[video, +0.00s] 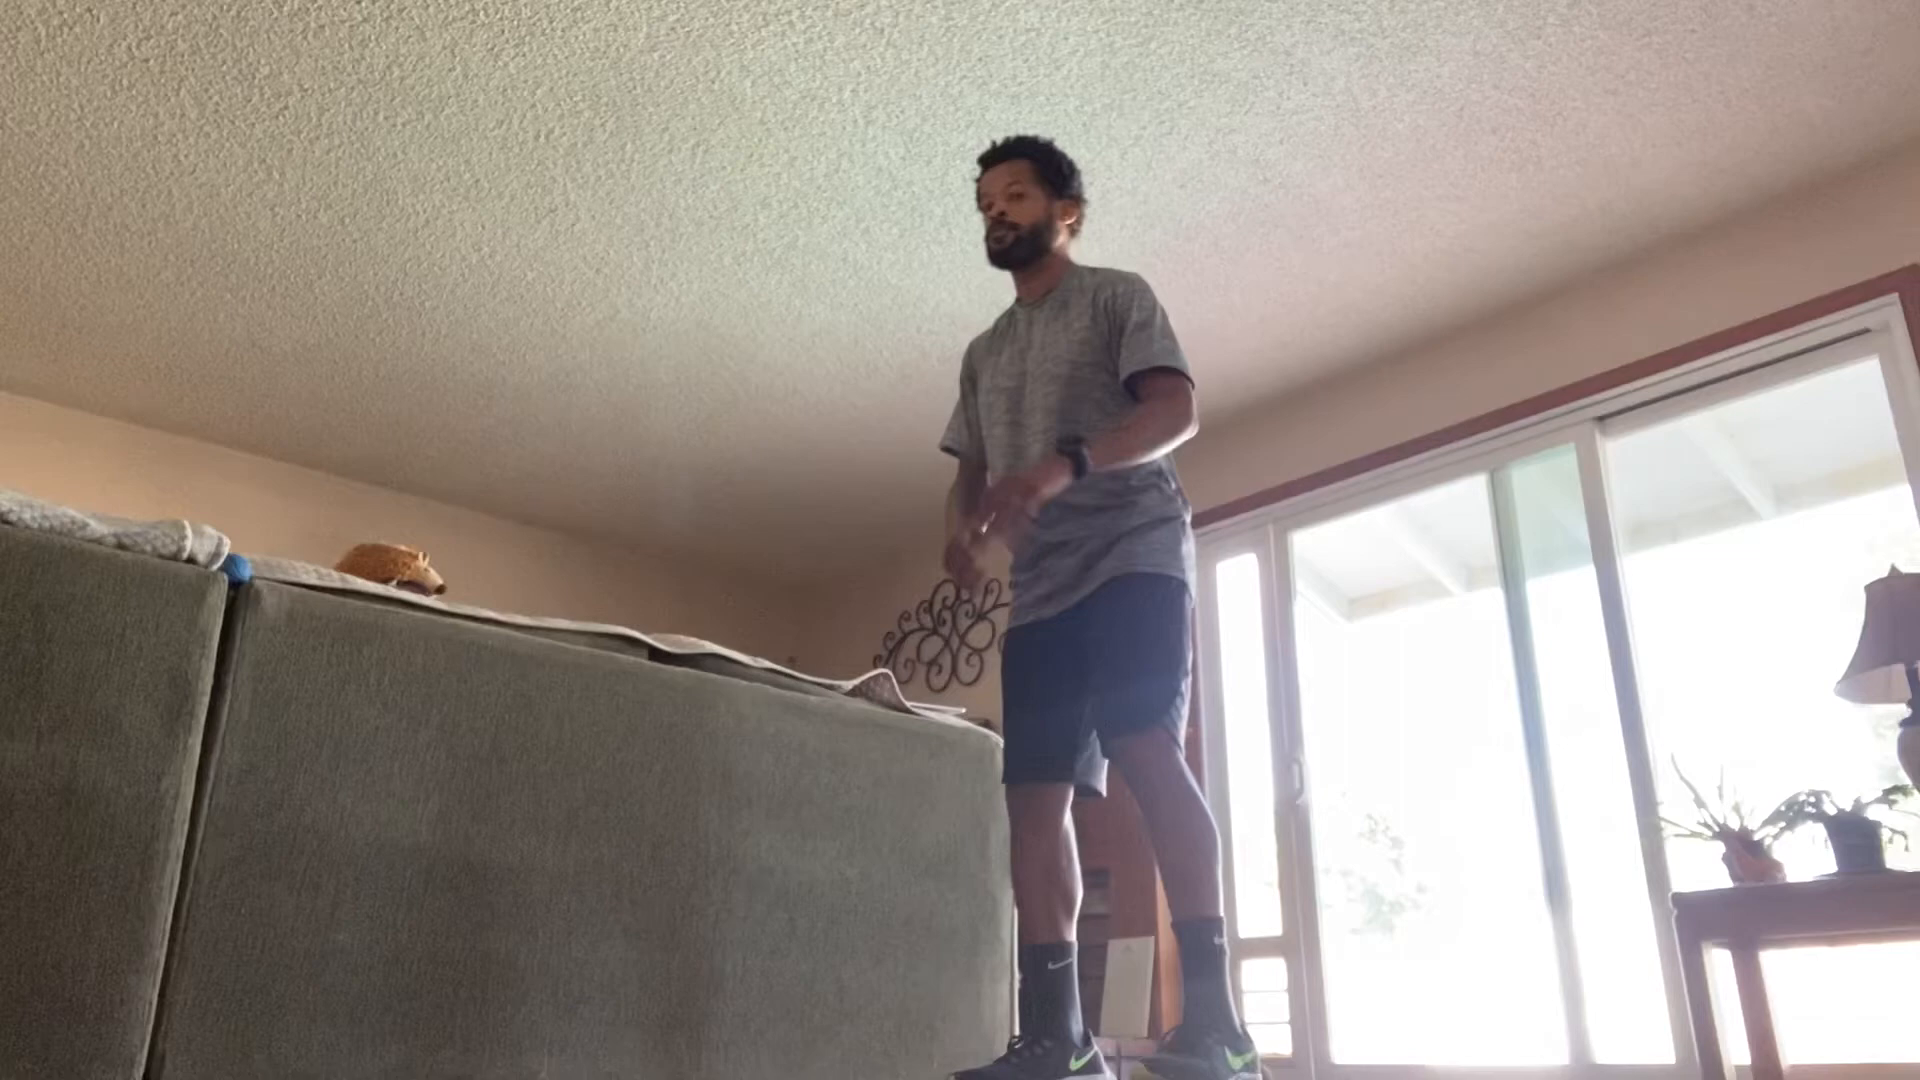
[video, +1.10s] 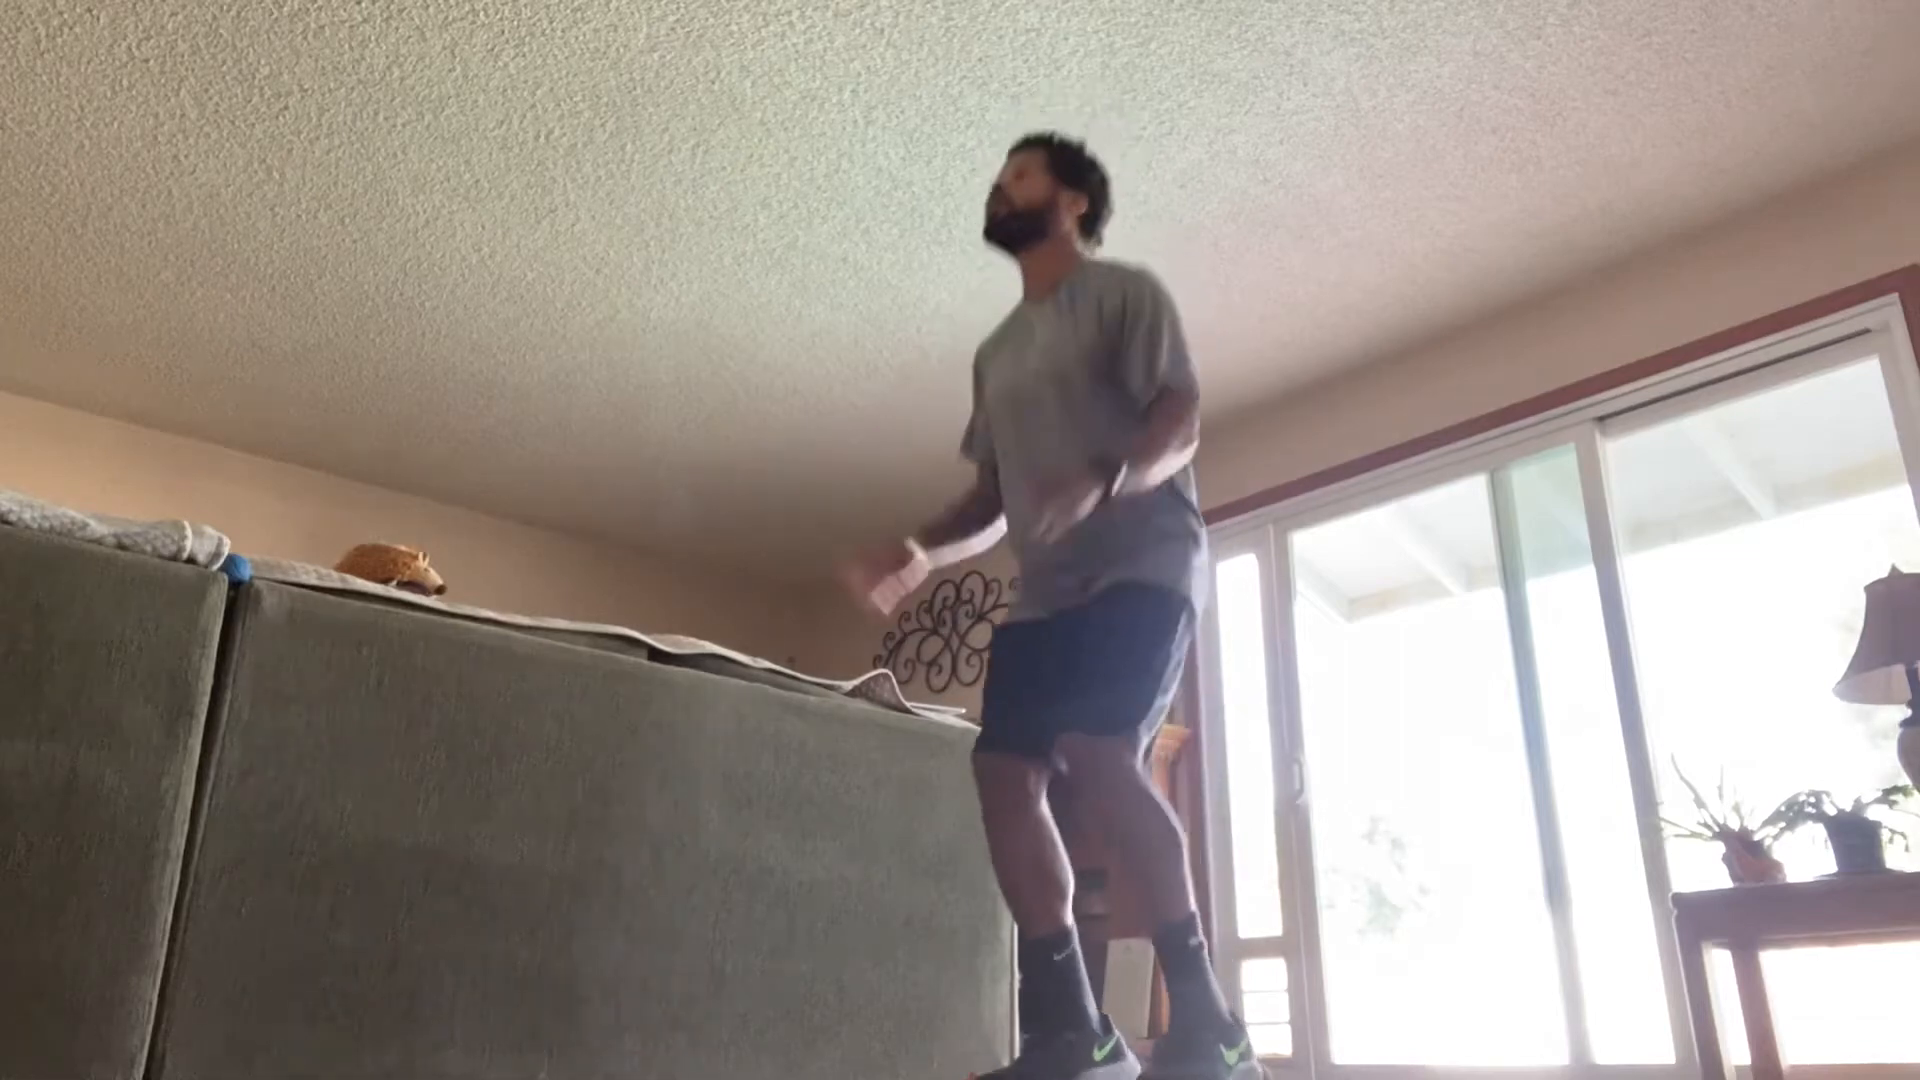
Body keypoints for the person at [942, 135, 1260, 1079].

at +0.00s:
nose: (995, 213)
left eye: (1014, 198)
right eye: (986, 204)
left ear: (1066, 211)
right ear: (981, 226)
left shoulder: (1117, 295)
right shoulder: (984, 354)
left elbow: (1173, 408)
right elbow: (970, 474)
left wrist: (1067, 463)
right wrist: (964, 528)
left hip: (1133, 554)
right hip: (1040, 584)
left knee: (1141, 745)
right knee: (1034, 792)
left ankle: (1210, 1017)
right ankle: (1052, 1032)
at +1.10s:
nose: (1000, 185)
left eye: (1024, 171)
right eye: (1001, 174)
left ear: (1077, 203)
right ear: (1012, 212)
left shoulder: (1125, 290)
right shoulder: (996, 352)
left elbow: (1179, 422)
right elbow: (991, 492)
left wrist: (1109, 481)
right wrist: (921, 550)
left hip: (1140, 568)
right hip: (1041, 590)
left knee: (1095, 753)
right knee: (1005, 768)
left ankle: (1200, 1020)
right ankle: (1067, 1027)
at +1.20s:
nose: (1014, 127)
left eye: (1036, 115)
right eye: (1014, 119)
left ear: (1088, 146)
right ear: (1026, 162)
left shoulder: (1125, 221)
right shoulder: (1002, 292)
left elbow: (1181, 297)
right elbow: (969, 425)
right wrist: (846, 421)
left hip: (1137, 504)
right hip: (1041, 535)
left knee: (1131, 709)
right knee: (1017, 736)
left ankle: (1217, 983)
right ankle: (1050, 990)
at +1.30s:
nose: (1028, 117)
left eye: (1052, 108)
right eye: (1026, 111)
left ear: (1103, 139)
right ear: (1029, 156)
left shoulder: (1136, 207)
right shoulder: (1011, 276)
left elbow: (1233, 204)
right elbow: (922, 377)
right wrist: (825, 301)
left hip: (1141, 493)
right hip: (1039, 519)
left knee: (1144, 693)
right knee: (1001, 726)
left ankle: (1280, 954)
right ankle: (1036, 974)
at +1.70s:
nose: (1029, 118)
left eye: (1051, 105)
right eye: (1029, 110)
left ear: (1103, 129)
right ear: (1045, 148)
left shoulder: (1138, 185)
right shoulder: (1012, 269)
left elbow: (1259, 227)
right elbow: (968, 404)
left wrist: (1239, 152)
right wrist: (850, 375)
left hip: (1140, 465)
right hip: (1044, 485)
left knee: (1137, 671)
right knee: (1021, 709)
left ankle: (1261, 932)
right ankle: (1078, 947)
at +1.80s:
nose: (1017, 130)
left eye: (1041, 119)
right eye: (1015, 123)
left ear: (1092, 149)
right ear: (1013, 164)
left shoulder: (1132, 220)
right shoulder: (1008, 288)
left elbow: (1236, 328)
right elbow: (1029, 430)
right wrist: (940, 476)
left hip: (1133, 487)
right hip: (1043, 503)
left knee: (1115, 709)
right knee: (1042, 738)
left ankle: (1215, 959)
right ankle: (1127, 964)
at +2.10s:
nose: (1017, 103)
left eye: (1040, 92)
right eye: (1017, 97)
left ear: (1092, 123)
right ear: (1030, 138)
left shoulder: (1130, 195)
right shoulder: (1004, 260)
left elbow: (1228, 281)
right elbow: (989, 395)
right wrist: (868, 413)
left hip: (1127, 467)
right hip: (1034, 486)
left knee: (1126, 690)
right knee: (1043, 726)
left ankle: (1216, 945)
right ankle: (1100, 947)